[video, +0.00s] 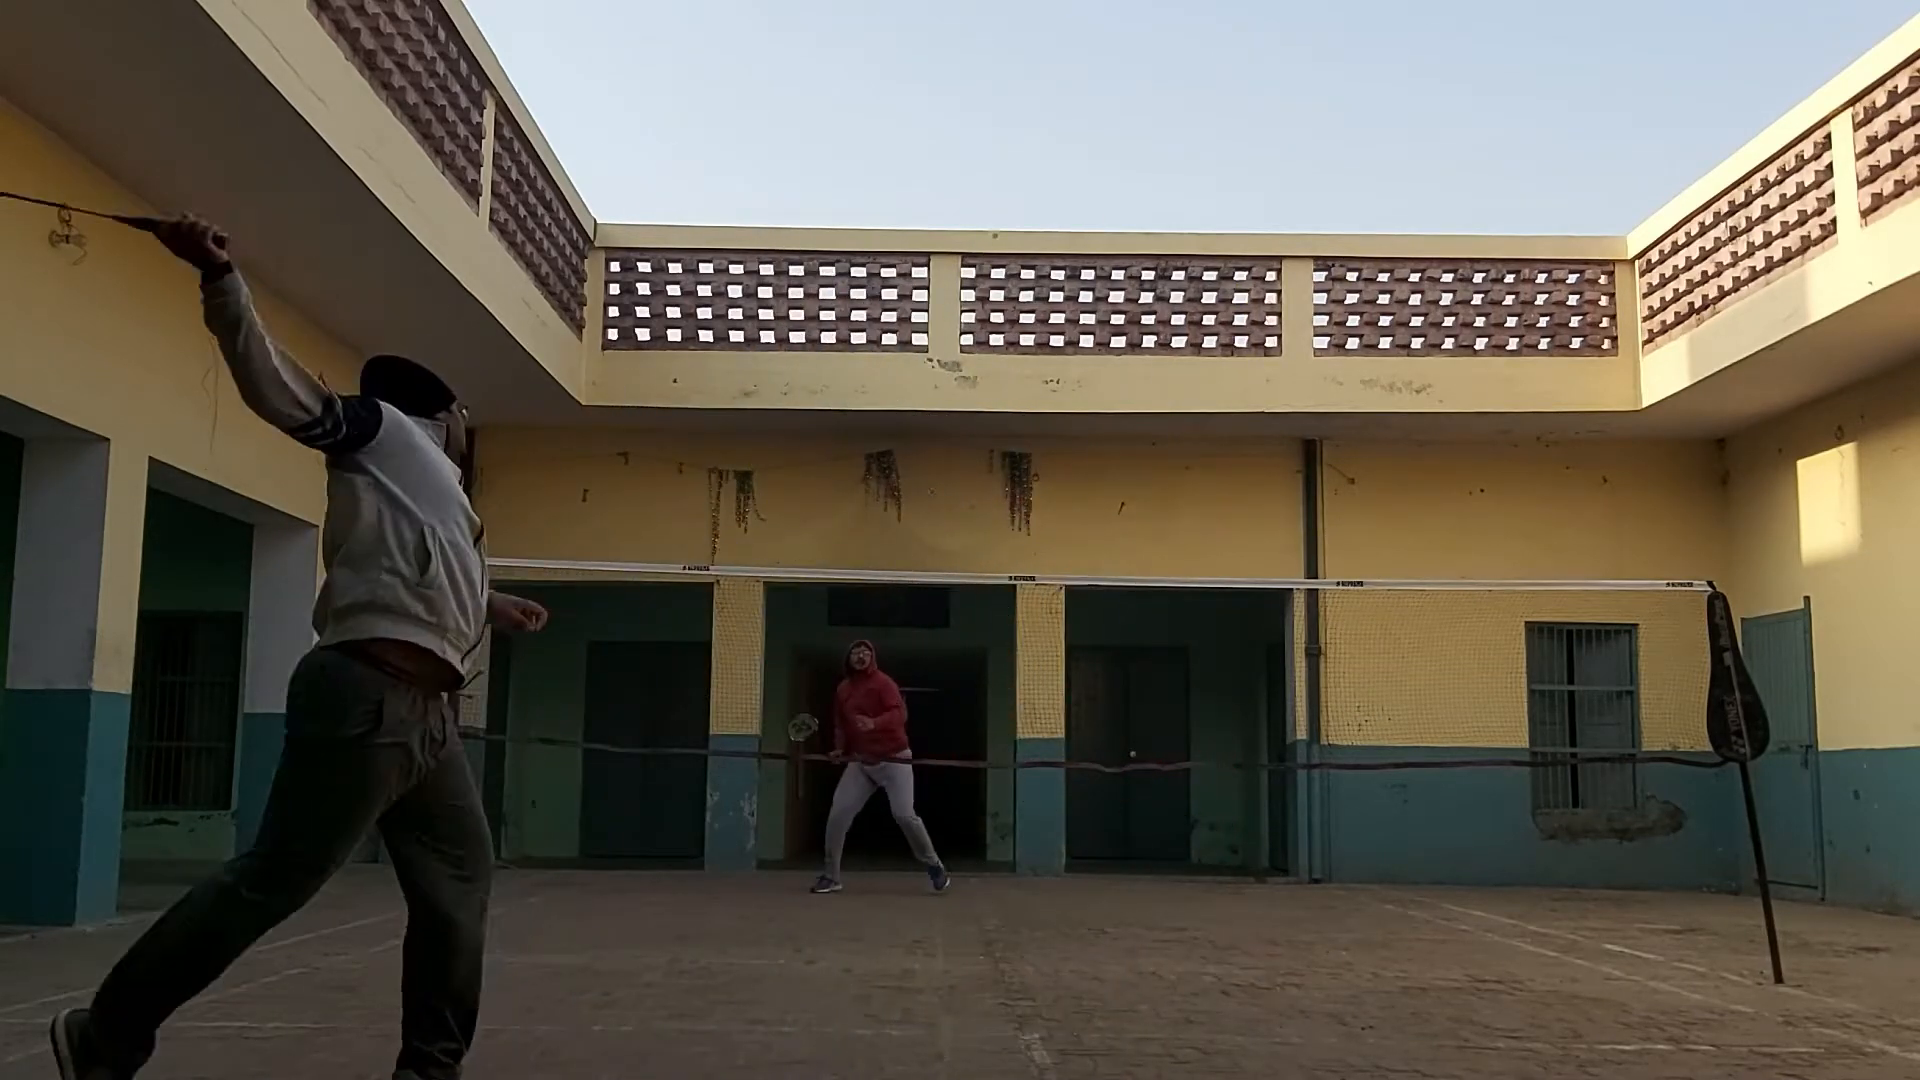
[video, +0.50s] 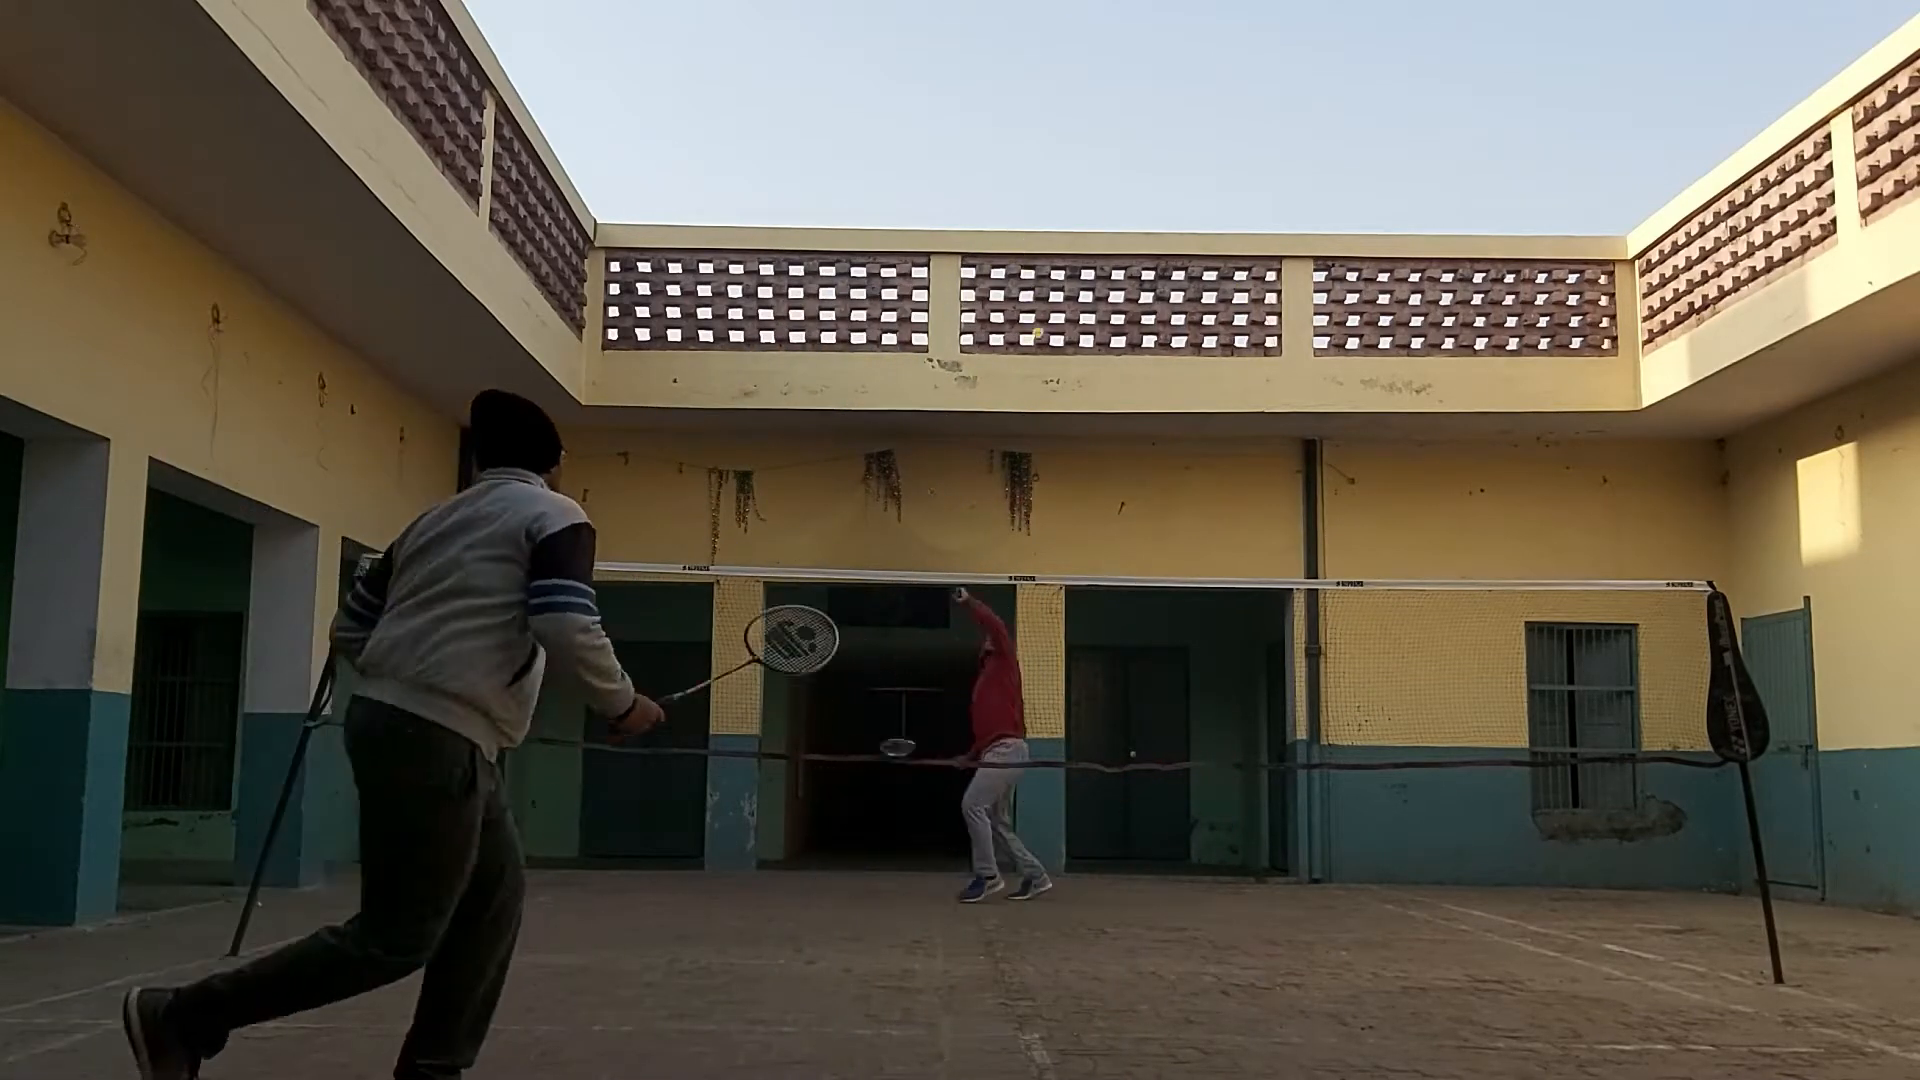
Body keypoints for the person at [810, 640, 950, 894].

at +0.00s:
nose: (860, 655)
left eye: (865, 652)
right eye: (856, 652)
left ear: (872, 658)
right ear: (849, 659)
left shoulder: (883, 683)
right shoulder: (844, 688)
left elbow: (899, 713)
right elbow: (840, 721)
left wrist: (874, 722)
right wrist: (840, 747)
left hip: (894, 762)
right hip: (861, 763)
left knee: (904, 815)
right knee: (838, 816)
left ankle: (934, 867)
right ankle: (831, 877)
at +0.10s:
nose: (883, 661)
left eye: (888, 657)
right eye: (879, 658)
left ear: (895, 665)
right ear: (872, 666)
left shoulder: (903, 689)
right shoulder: (866, 697)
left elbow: (912, 714)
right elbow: (864, 736)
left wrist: (880, 709)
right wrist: (856, 763)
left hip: (909, 772)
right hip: (872, 774)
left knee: (923, 818)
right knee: (839, 820)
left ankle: (956, 874)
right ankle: (831, 878)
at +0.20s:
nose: (911, 660)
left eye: (915, 656)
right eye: (906, 656)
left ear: (923, 663)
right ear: (899, 664)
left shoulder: (932, 688)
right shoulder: (897, 694)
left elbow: (926, 699)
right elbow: (897, 735)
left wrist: (893, 688)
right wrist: (883, 764)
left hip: (937, 767)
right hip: (906, 769)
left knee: (934, 823)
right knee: (872, 820)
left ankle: (966, 883)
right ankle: (838, 874)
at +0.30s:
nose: (936, 653)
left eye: (942, 650)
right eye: (932, 651)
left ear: (951, 657)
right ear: (927, 658)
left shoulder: (958, 677)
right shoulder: (925, 691)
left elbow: (939, 673)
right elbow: (927, 735)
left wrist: (913, 663)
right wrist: (912, 765)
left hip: (964, 763)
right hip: (935, 764)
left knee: (940, 818)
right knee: (905, 817)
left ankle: (966, 882)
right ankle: (917, 874)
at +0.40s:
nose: (956, 657)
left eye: (961, 650)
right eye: (954, 653)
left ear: (973, 651)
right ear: (955, 659)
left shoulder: (982, 672)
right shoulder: (956, 687)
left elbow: (971, 645)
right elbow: (957, 733)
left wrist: (942, 635)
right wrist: (944, 765)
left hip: (986, 757)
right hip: (963, 759)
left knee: (956, 816)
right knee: (943, 818)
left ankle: (969, 880)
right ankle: (992, 859)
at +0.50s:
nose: (986, 641)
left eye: (990, 637)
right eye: (984, 638)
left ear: (998, 642)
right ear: (982, 645)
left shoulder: (1004, 660)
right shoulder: (987, 674)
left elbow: (997, 626)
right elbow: (990, 721)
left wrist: (970, 602)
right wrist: (972, 755)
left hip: (1008, 748)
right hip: (996, 751)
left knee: (974, 806)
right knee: (996, 821)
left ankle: (988, 875)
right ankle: (1035, 875)